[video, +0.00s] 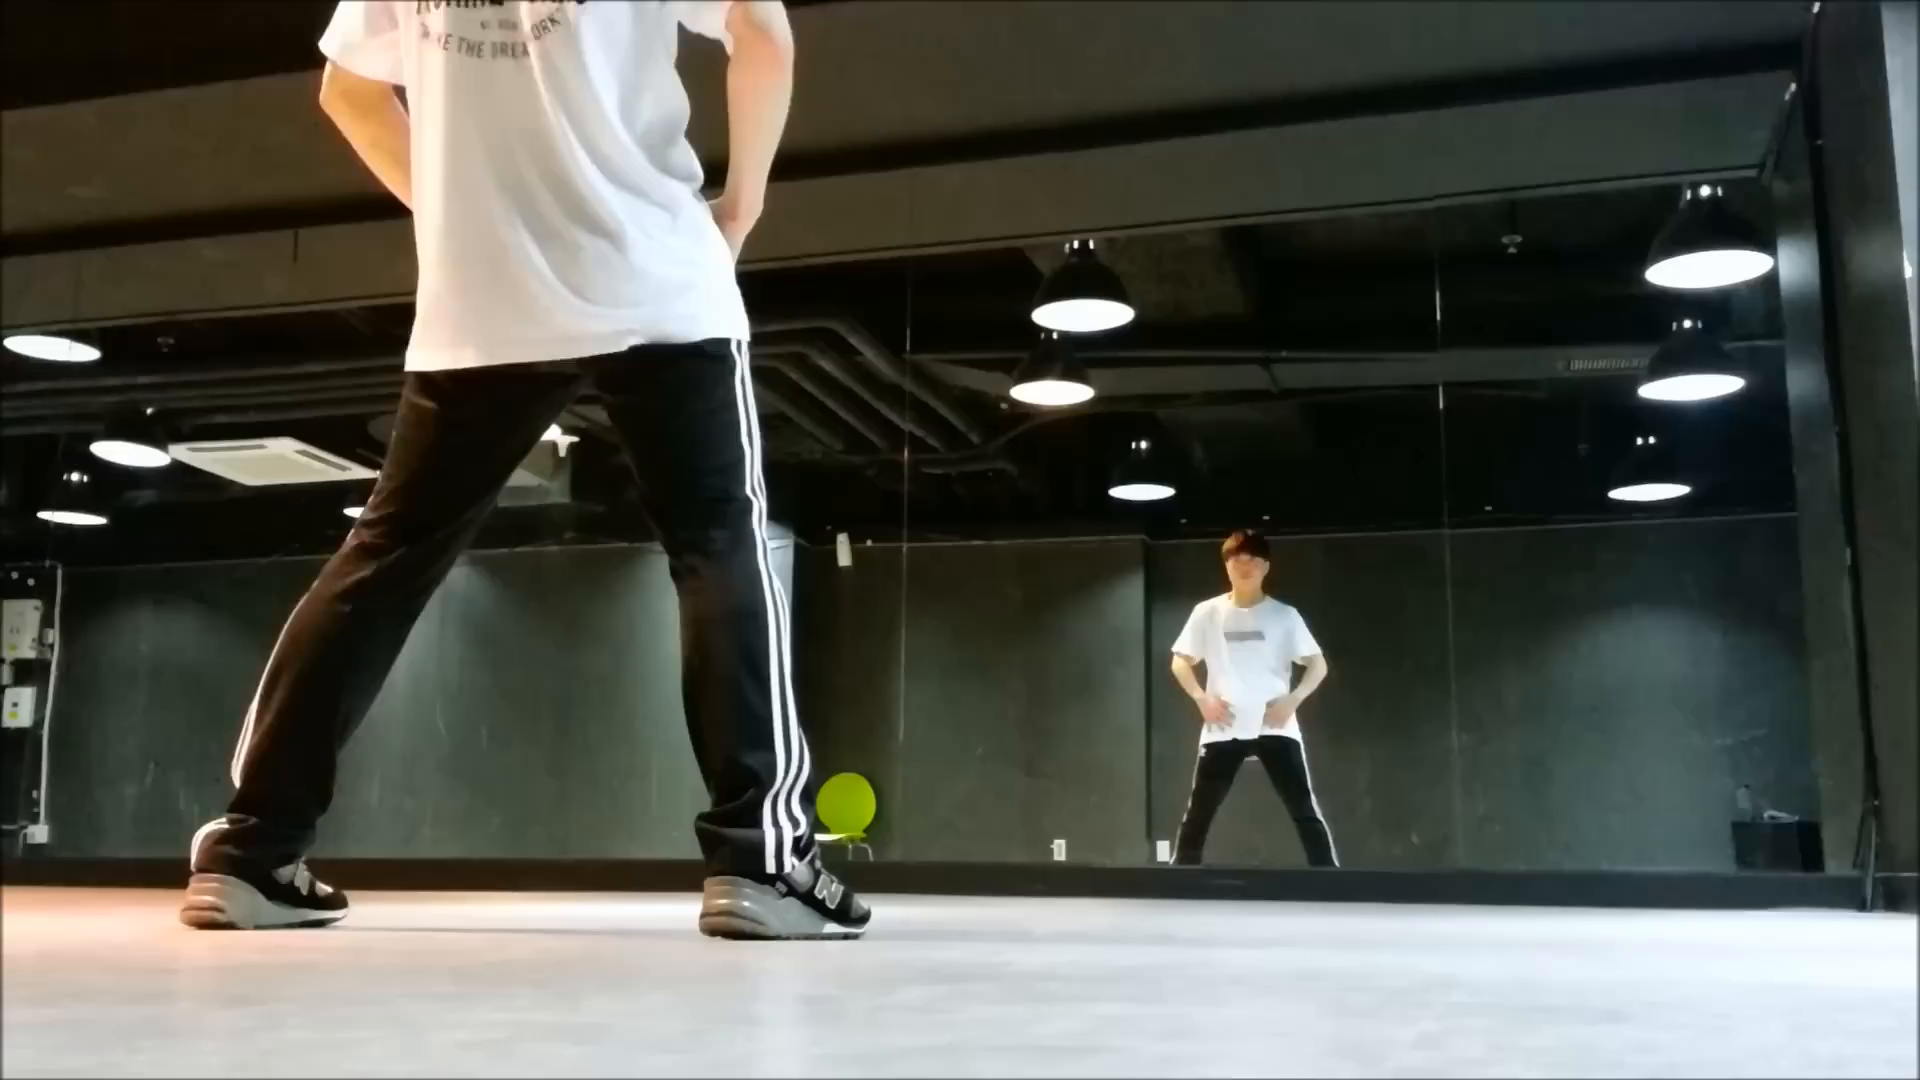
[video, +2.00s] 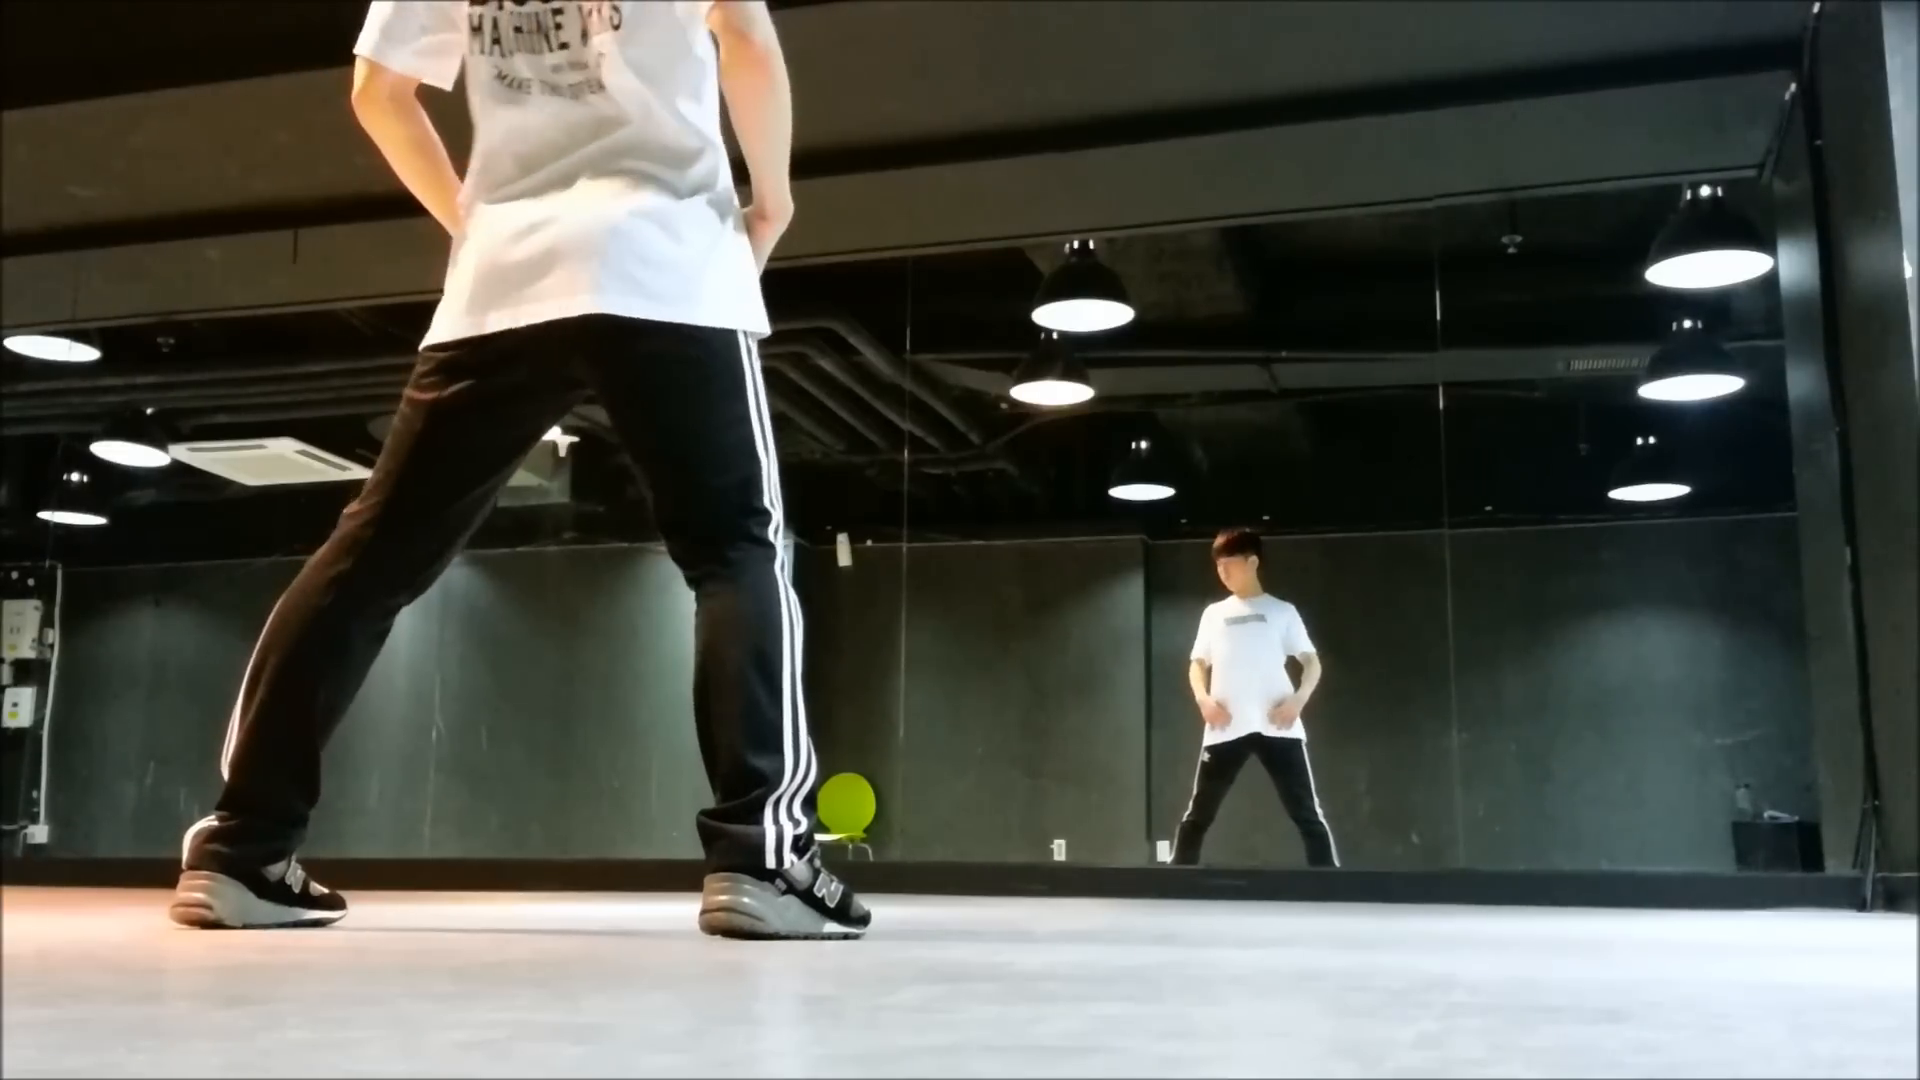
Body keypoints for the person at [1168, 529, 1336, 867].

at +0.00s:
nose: (1245, 567)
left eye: (1253, 560)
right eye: (1238, 560)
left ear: (1266, 566)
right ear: (1227, 566)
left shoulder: (1286, 616)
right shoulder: (1207, 613)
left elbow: (1318, 666)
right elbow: (1179, 663)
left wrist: (1291, 701)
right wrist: (1202, 699)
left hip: (1276, 730)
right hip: (1223, 730)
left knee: (1305, 813)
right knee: (1197, 815)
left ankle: (1332, 888)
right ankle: (1179, 890)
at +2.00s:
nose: (1223, 571)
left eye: (1230, 562)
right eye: (1219, 564)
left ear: (1253, 562)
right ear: (1217, 568)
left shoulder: (1283, 612)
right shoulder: (1213, 614)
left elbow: (1312, 664)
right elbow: (1197, 665)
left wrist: (1297, 700)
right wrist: (1204, 700)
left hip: (1279, 730)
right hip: (1226, 731)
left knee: (1307, 815)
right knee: (1197, 816)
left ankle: (1332, 890)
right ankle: (1176, 888)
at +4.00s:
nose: (1248, 566)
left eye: (1255, 558)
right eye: (1240, 559)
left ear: (1268, 563)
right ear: (1230, 565)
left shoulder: (1294, 610)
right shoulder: (1217, 616)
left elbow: (1321, 663)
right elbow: (1181, 661)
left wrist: (1294, 697)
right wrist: (1202, 694)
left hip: (1276, 728)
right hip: (1224, 729)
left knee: (1304, 812)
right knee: (1197, 814)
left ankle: (1331, 889)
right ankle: (1178, 890)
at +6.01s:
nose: (1221, 582)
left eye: (1226, 573)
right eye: (1214, 577)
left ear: (1245, 567)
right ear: (1209, 583)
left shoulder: (1289, 609)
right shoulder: (1209, 617)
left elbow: (1322, 658)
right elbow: (1182, 666)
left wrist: (1298, 698)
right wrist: (1200, 699)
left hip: (1277, 730)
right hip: (1223, 732)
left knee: (1312, 801)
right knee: (1186, 796)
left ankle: (1316, 885)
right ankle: (1187, 884)